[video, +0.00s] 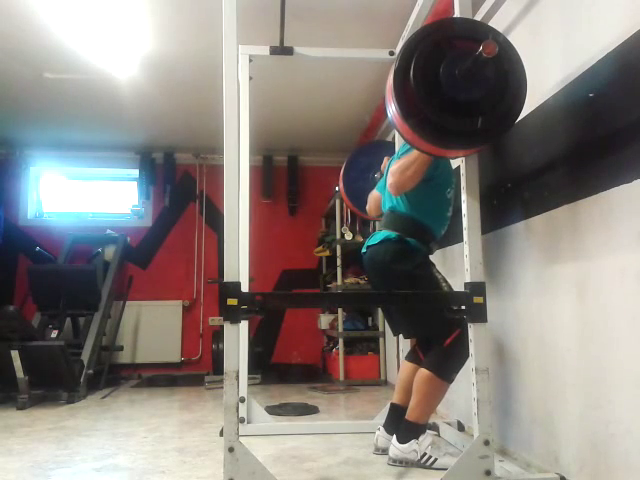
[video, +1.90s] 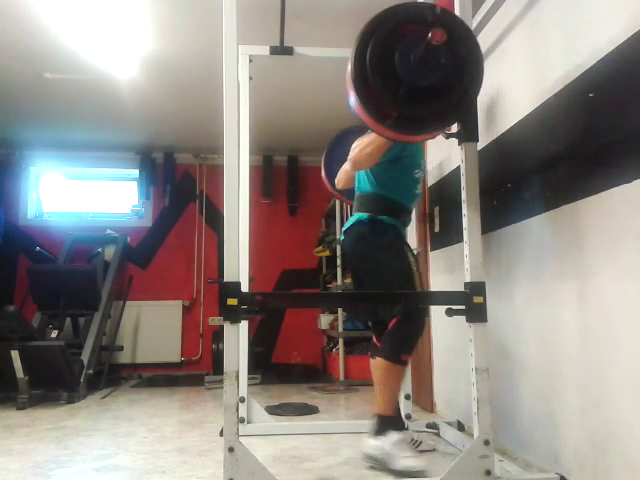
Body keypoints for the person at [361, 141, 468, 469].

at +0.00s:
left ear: (413, 119)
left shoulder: (404, 154)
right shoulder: (421, 145)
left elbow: (373, 208)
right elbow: (397, 184)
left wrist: (386, 171)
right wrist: (432, 143)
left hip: (381, 252)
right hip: (398, 253)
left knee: (427, 339)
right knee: (453, 340)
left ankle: (393, 428)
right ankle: (409, 440)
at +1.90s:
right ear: (409, 102)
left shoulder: (404, 141)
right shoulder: (391, 132)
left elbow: (341, 181)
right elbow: (355, 160)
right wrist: (394, 127)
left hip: (372, 232)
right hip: (373, 232)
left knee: (383, 329)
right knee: (410, 316)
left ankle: (391, 425)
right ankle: (385, 431)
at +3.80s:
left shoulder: (352, 138)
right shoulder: (333, 132)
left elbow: (284, 178)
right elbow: (296, 166)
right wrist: (340, 134)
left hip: (317, 232)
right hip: (308, 231)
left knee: (314, 333)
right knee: (321, 331)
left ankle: (315, 431)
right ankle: (320, 446)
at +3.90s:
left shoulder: (349, 136)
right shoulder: (332, 132)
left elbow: (283, 180)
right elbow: (296, 167)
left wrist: (299, 162)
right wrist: (339, 138)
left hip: (313, 232)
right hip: (309, 231)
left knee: (311, 333)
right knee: (322, 330)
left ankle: (314, 429)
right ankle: (320, 446)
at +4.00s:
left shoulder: (348, 136)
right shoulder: (333, 131)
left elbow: (282, 180)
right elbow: (295, 167)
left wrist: (297, 166)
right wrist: (336, 140)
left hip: (311, 232)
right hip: (308, 231)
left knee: (309, 334)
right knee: (320, 332)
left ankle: (314, 430)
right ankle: (320, 446)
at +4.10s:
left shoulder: (344, 135)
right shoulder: (330, 130)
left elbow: (282, 181)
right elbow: (296, 168)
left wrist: (299, 164)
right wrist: (335, 142)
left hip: (311, 233)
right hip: (307, 232)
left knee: (309, 334)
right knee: (318, 332)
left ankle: (314, 429)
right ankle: (320, 445)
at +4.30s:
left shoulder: (347, 137)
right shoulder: (327, 132)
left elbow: (283, 181)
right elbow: (293, 173)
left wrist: (295, 164)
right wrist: (334, 144)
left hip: (316, 234)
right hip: (307, 232)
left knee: (312, 335)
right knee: (316, 334)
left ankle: (315, 429)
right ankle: (320, 445)